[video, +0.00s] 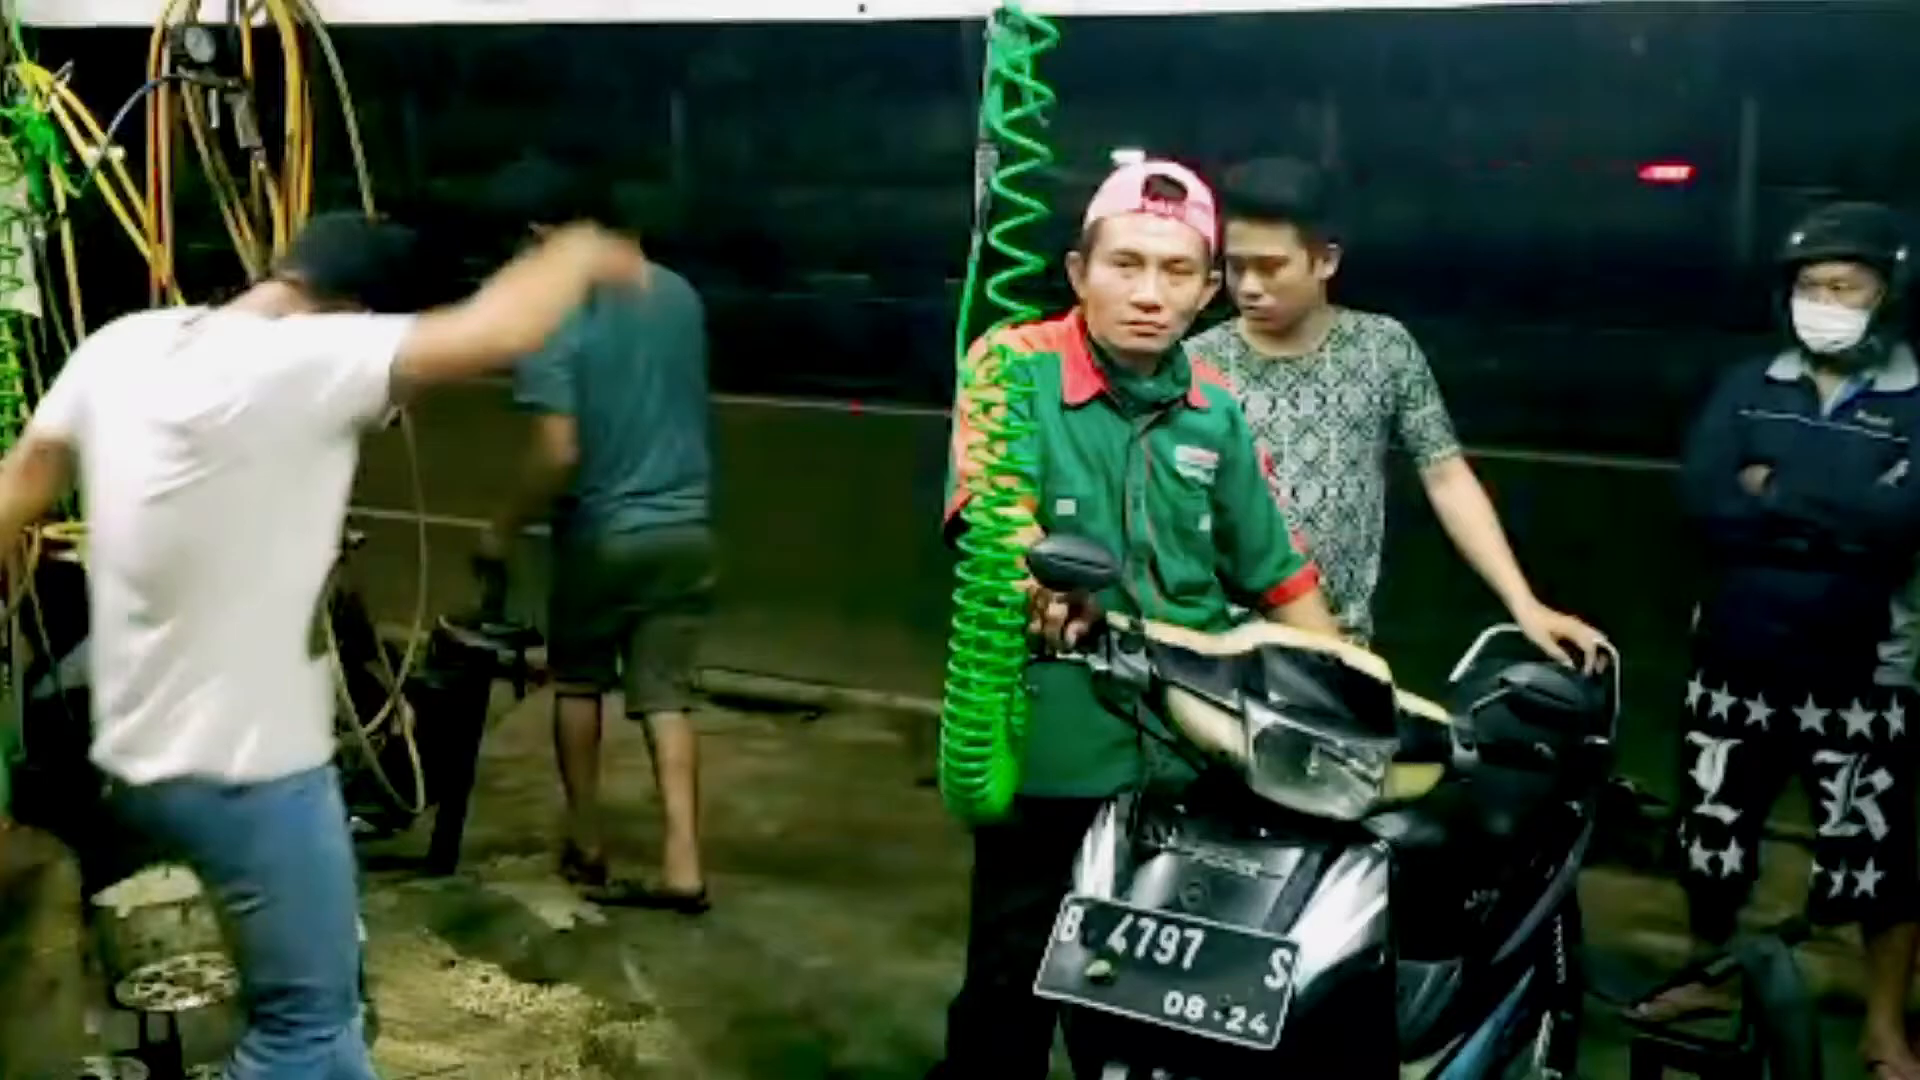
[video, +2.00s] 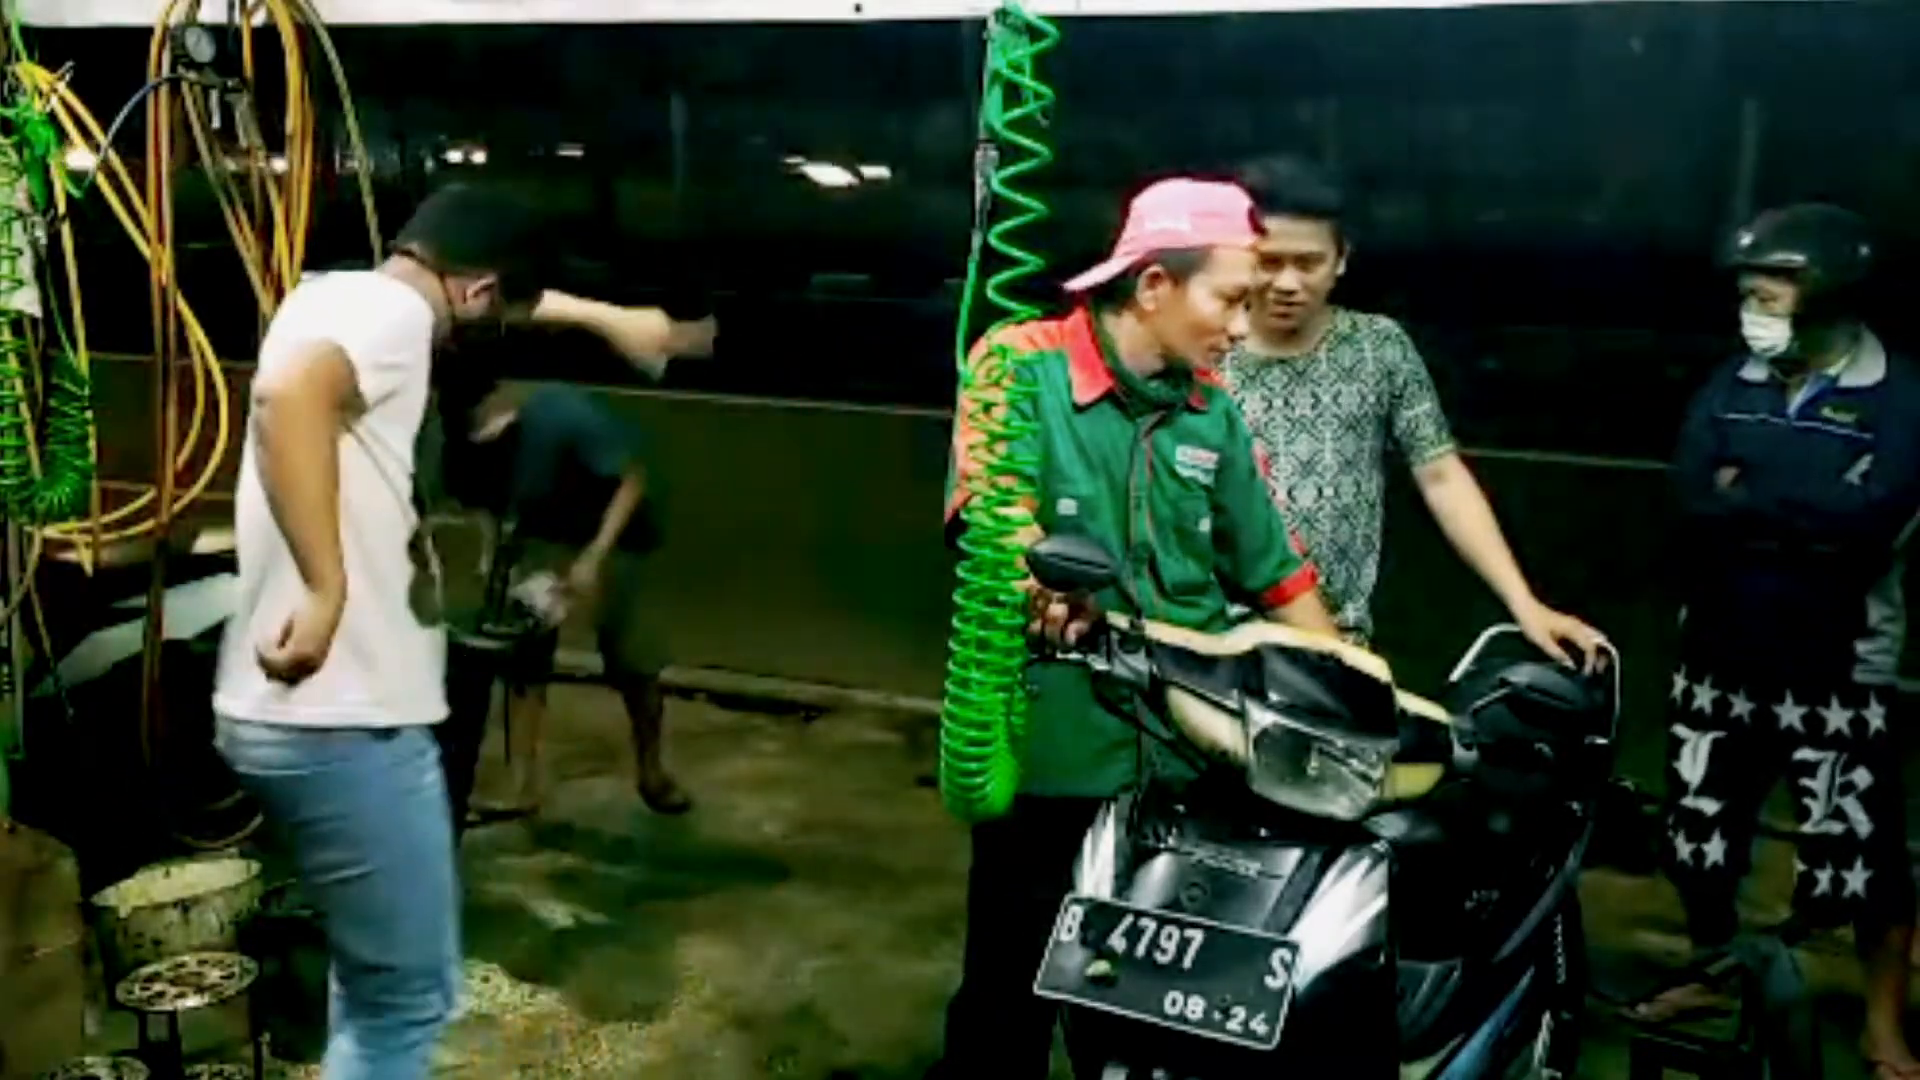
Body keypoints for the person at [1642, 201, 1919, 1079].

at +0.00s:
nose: (1826, 305)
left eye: (1847, 290)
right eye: (1812, 287)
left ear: (1882, 298)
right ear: (1788, 294)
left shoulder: (1908, 401)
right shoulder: (1745, 388)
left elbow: (1897, 519)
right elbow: (1701, 498)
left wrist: (1768, 482)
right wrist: (1836, 513)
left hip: (1861, 664)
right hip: (1739, 655)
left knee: (1874, 857)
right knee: (1709, 835)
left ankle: (1887, 1026)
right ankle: (1709, 971)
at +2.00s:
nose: (1756, 303)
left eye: (1778, 289)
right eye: (1750, 286)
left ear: (1830, 299)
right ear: (1741, 290)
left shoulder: (1891, 395)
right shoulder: (1729, 384)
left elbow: (1872, 520)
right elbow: (1688, 499)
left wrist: (1740, 482)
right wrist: (1825, 499)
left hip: (1839, 659)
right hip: (1721, 649)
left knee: (1860, 852)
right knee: (1699, 829)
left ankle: (1885, 1020)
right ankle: (1709, 972)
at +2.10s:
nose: (1747, 306)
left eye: (1769, 293)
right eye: (1741, 290)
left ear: (1823, 301)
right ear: (1733, 291)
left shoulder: (1889, 397)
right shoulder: (1721, 383)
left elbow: (1862, 516)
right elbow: (1679, 495)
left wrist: (1734, 474)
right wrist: (1816, 500)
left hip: (1837, 663)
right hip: (1717, 651)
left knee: (1859, 854)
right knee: (1696, 830)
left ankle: (1885, 1022)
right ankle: (1708, 971)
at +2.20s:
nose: (1733, 309)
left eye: (1753, 293)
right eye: (1727, 292)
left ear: (1809, 299)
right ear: (1719, 294)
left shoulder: (1879, 394)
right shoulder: (1707, 382)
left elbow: (1854, 513)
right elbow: (1672, 496)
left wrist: (1722, 473)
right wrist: (1807, 497)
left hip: (1827, 662)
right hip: (1709, 650)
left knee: (1855, 852)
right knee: (1691, 827)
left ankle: (1882, 1018)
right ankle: (1705, 970)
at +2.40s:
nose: (1703, 304)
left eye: (1723, 289)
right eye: (1698, 287)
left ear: (1779, 295)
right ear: (1695, 289)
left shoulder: (1855, 388)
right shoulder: (1680, 383)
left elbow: (1838, 502)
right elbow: (1656, 490)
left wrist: (1703, 468)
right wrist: (1794, 483)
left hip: (1814, 657)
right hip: (1695, 650)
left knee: (1849, 852)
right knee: (1683, 833)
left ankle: (1878, 1022)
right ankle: (1702, 971)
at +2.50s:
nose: (1696, 301)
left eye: (1717, 285)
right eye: (1690, 284)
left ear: (1772, 291)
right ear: (1685, 287)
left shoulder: (1846, 388)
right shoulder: (1671, 384)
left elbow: (1835, 502)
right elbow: (1649, 493)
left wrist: (1697, 470)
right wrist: (1788, 486)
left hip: (1811, 656)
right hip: (1693, 651)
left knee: (1849, 854)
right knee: (1684, 837)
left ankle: (1880, 1021)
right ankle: (1701, 971)